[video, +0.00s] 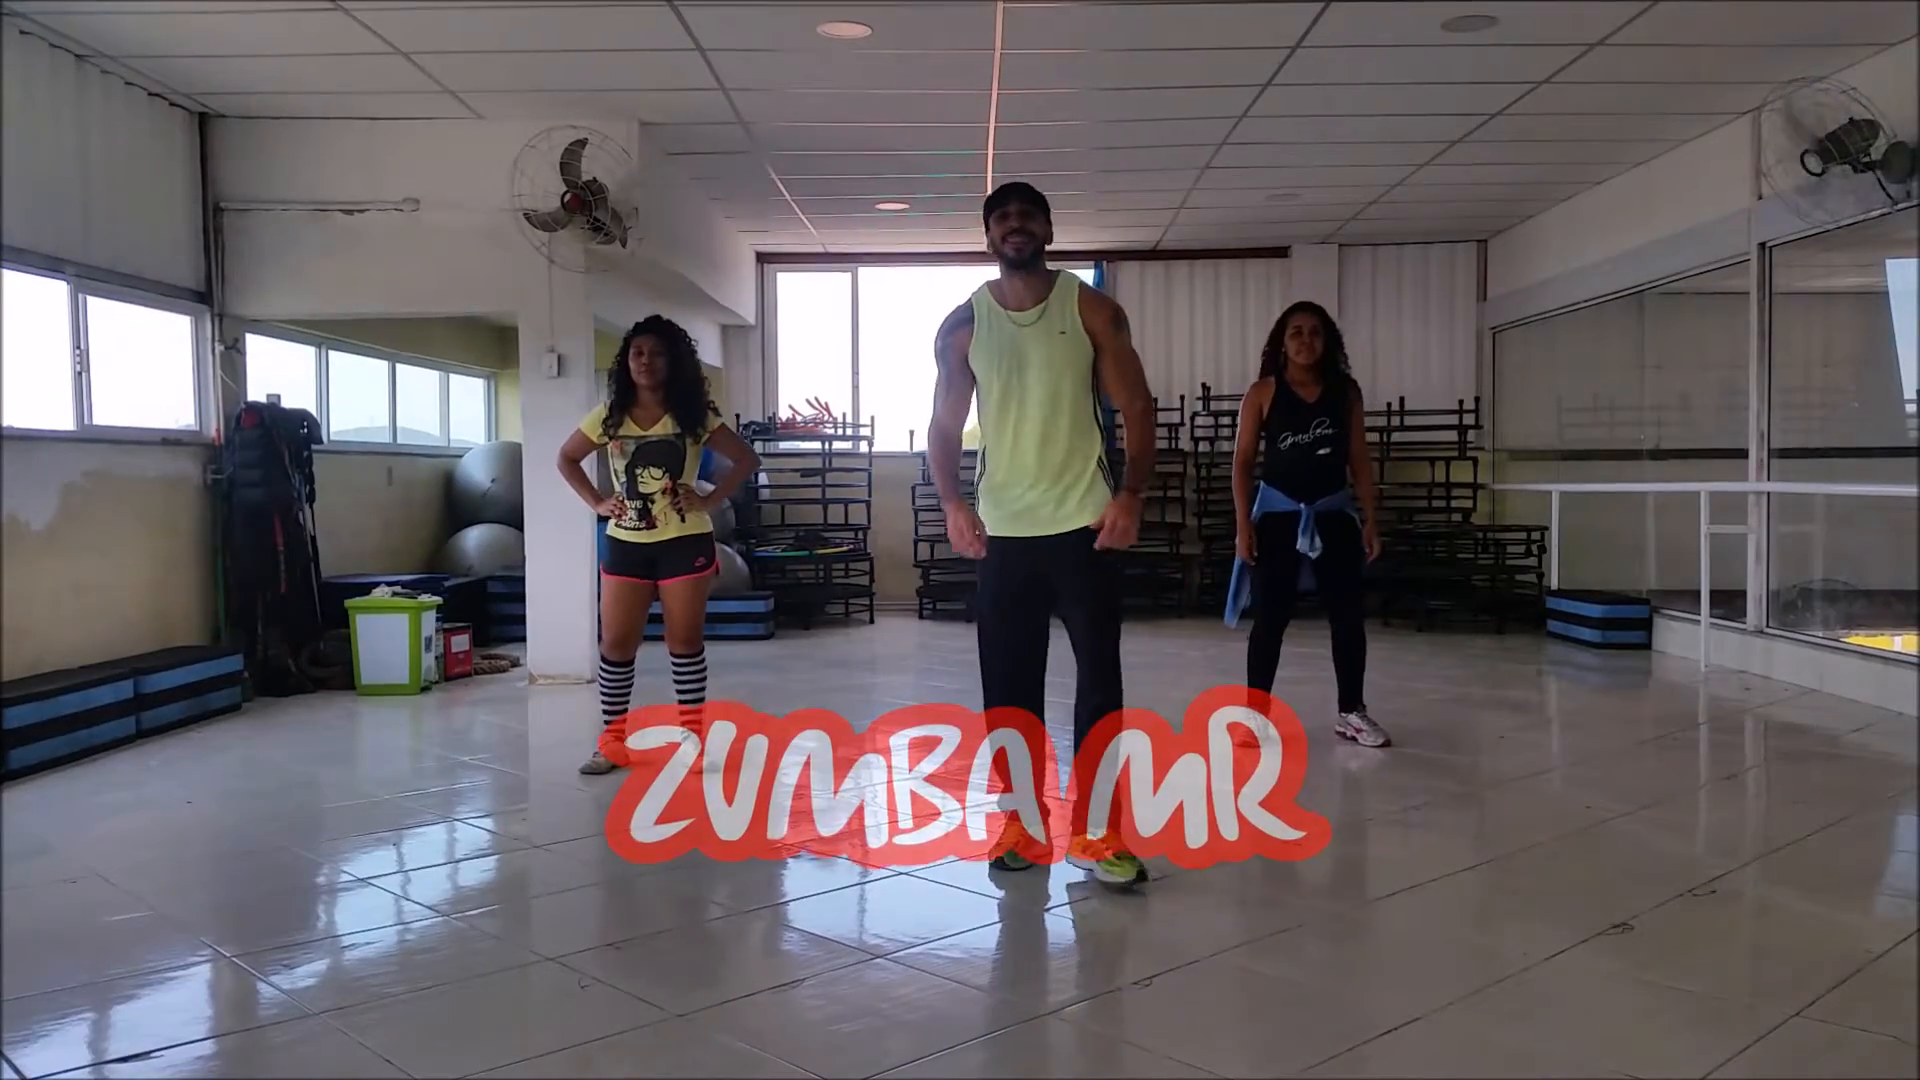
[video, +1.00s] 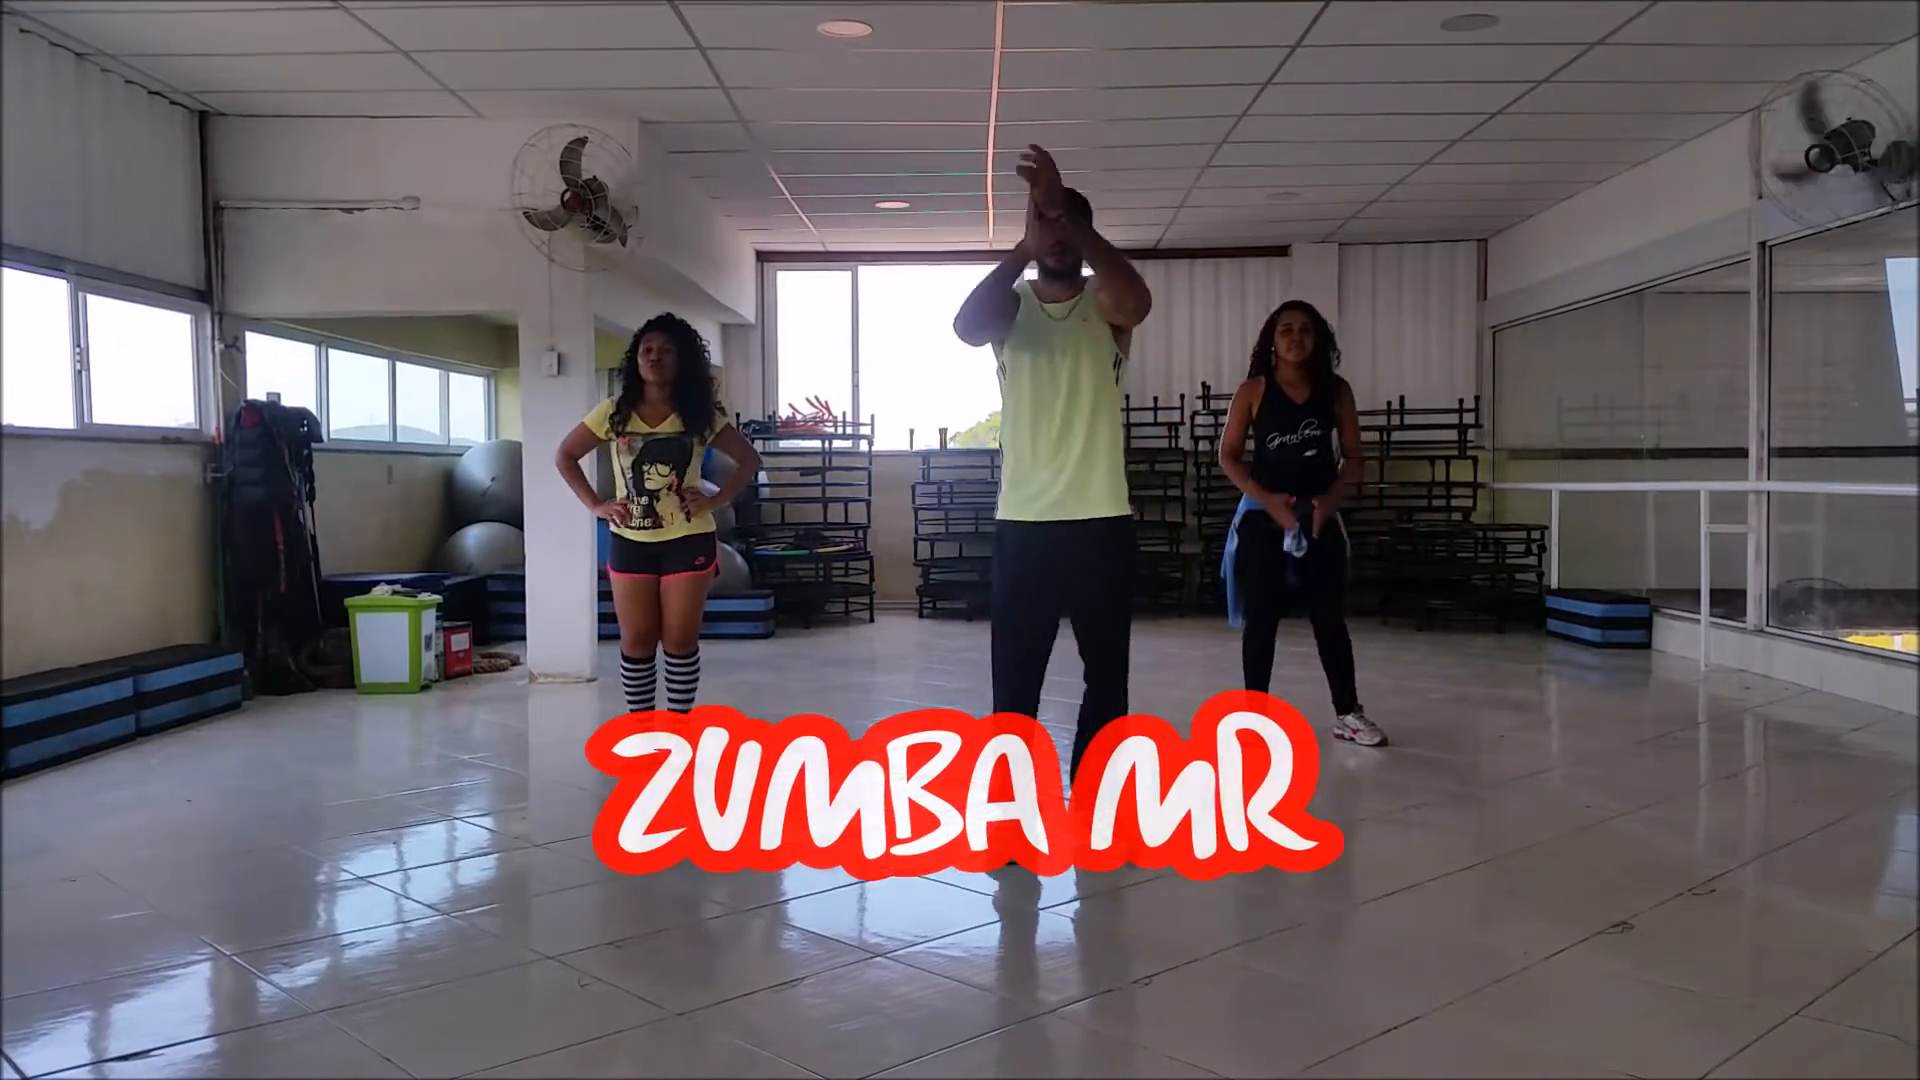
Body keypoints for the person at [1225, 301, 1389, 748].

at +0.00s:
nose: (1306, 340)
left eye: (1314, 333)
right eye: (1296, 333)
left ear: (1326, 341)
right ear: (1282, 341)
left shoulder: (1345, 392)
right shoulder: (1262, 393)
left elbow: (1359, 457)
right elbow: (1243, 463)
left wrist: (1370, 517)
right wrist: (1243, 525)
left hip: (1334, 517)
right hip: (1278, 517)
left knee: (1347, 614)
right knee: (1270, 618)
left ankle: (1351, 713)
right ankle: (1257, 715)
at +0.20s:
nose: (1303, 340)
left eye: (1312, 333)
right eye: (1294, 333)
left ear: (1324, 341)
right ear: (1280, 341)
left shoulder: (1342, 391)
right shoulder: (1261, 391)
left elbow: (1355, 459)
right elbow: (1243, 463)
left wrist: (1364, 519)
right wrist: (1247, 526)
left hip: (1333, 517)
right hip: (1278, 518)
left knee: (1344, 615)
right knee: (1272, 615)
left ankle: (1348, 715)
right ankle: (1257, 716)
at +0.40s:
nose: (1311, 340)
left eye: (1320, 334)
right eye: (1302, 333)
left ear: (1333, 343)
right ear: (1288, 343)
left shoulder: (1352, 394)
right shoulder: (1269, 394)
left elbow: (1368, 463)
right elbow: (1254, 464)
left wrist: (1372, 523)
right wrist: (1253, 525)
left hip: (1341, 519)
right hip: (1285, 520)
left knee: (1348, 618)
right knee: (1276, 616)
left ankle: (1350, 716)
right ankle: (1258, 715)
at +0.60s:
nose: (1315, 338)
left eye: (1324, 332)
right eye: (1305, 331)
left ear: (1337, 340)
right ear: (1292, 340)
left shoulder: (1355, 392)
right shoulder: (1271, 393)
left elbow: (1372, 458)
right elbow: (1254, 462)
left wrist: (1371, 517)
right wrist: (1252, 521)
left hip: (1338, 516)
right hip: (1283, 516)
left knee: (1342, 617)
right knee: (1273, 617)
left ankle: (1349, 717)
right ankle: (1256, 716)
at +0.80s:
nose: (1309, 338)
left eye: (1318, 331)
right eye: (1299, 331)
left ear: (1331, 340)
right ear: (1285, 340)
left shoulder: (1349, 392)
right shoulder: (1266, 391)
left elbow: (1359, 461)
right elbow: (1246, 459)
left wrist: (1362, 519)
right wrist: (1247, 521)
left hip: (1331, 516)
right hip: (1276, 516)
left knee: (1339, 616)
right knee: (1269, 616)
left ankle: (1349, 716)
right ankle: (1255, 715)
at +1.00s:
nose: (1295, 337)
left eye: (1304, 330)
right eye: (1286, 330)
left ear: (1317, 339)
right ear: (1272, 339)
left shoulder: (1335, 390)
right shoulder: (1252, 391)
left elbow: (1354, 459)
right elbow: (1228, 456)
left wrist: (1332, 499)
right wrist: (1266, 500)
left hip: (1319, 518)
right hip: (1263, 520)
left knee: (1330, 620)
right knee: (1260, 621)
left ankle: (1348, 714)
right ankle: (1257, 716)